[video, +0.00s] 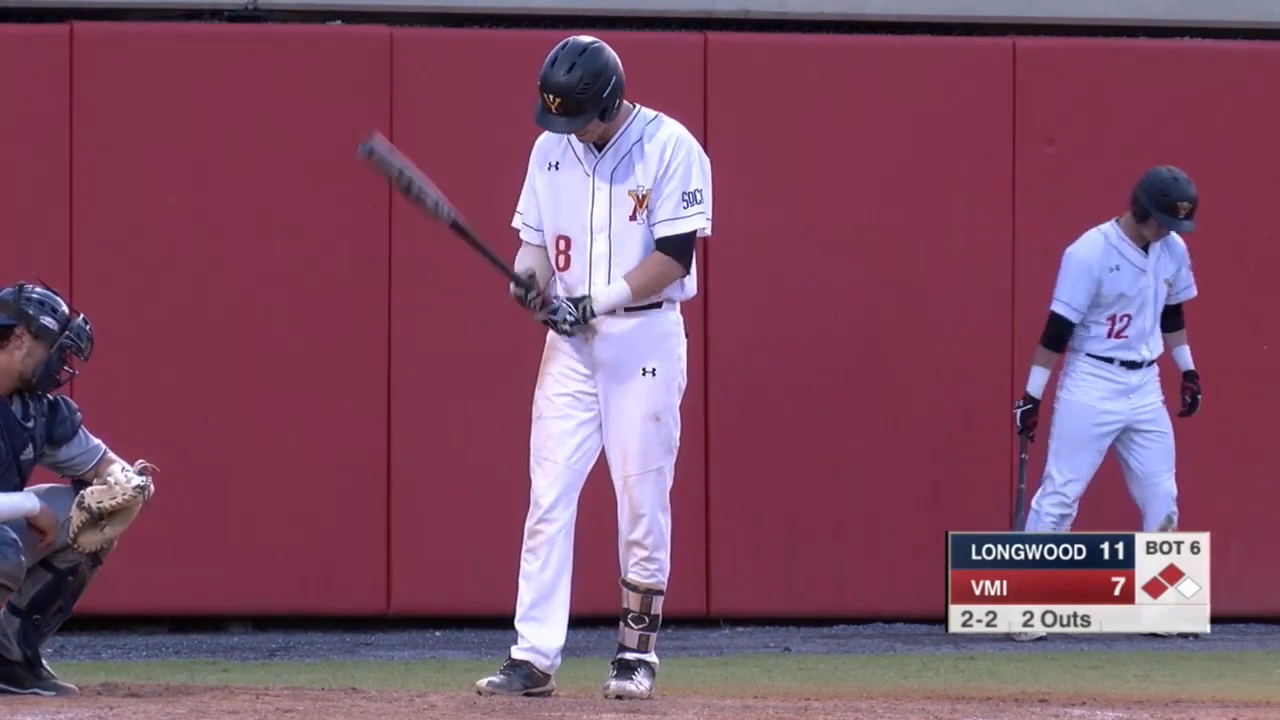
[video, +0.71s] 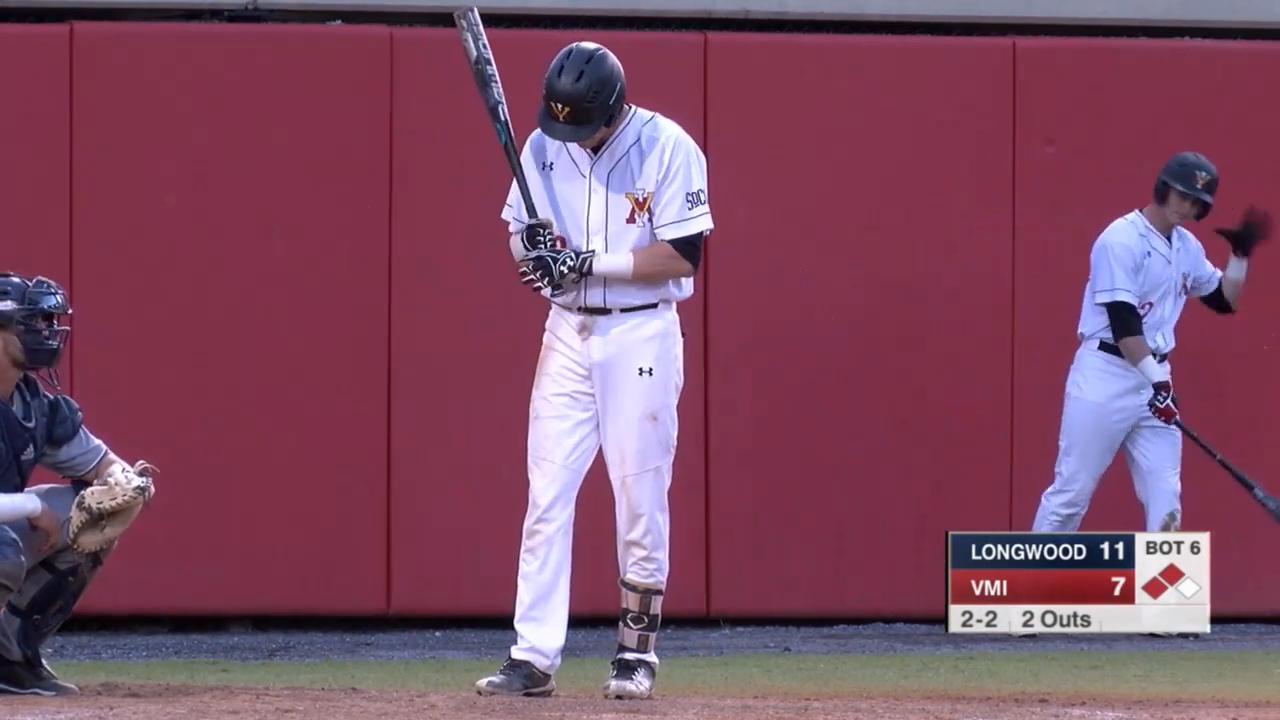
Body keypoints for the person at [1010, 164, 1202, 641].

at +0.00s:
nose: (1169, 231)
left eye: (1173, 224)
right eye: (1165, 222)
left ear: (1174, 219)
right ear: (1142, 210)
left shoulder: (1172, 247)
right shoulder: (1089, 252)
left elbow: (1172, 316)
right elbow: (1057, 330)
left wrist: (1189, 373)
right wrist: (1031, 398)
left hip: (1146, 387)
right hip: (1091, 385)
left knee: (1161, 498)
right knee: (1060, 497)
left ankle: (1160, 606)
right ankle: (1016, 598)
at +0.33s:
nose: (1220, 238)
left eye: (1226, 232)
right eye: (1219, 229)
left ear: (1225, 224)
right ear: (1198, 213)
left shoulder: (1210, 256)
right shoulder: (1137, 245)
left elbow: (1199, 326)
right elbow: (1111, 322)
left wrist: (1217, 378)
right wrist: (1098, 392)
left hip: (1162, 382)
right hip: (1111, 373)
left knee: (1168, 499)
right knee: (1070, 487)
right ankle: (1040, 585)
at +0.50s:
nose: (1221, 230)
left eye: (1226, 225)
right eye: (1219, 221)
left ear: (1226, 219)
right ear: (1195, 204)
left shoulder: (1206, 252)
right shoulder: (1137, 242)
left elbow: (1198, 316)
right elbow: (1125, 323)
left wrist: (1239, 335)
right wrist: (1134, 392)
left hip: (1162, 377)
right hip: (1109, 371)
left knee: (1168, 495)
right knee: (1073, 489)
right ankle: (1034, 580)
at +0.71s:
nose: (1187, 208)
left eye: (1197, 203)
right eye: (1183, 196)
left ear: (1202, 208)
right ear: (1163, 188)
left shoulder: (1186, 246)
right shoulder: (1120, 239)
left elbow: (1222, 301)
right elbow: (1124, 323)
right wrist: (1158, 381)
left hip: (1155, 378)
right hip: (1105, 372)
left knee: (1165, 505)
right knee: (1071, 496)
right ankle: (1029, 587)